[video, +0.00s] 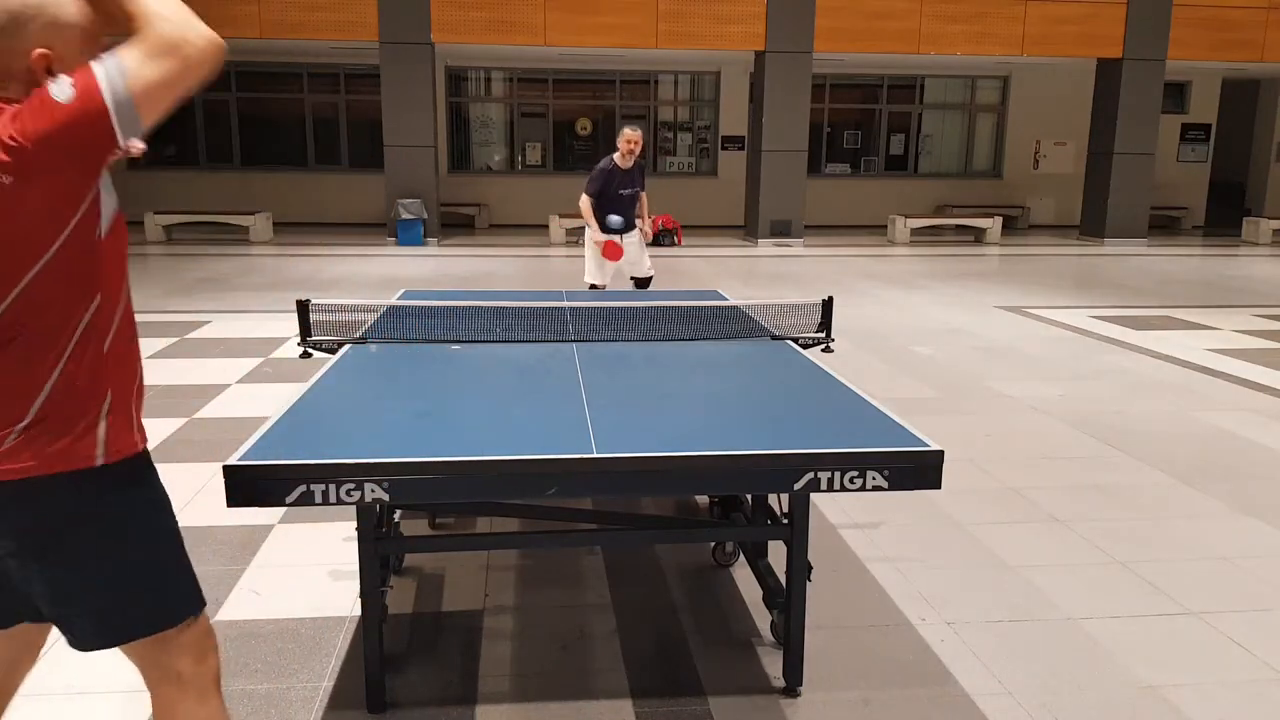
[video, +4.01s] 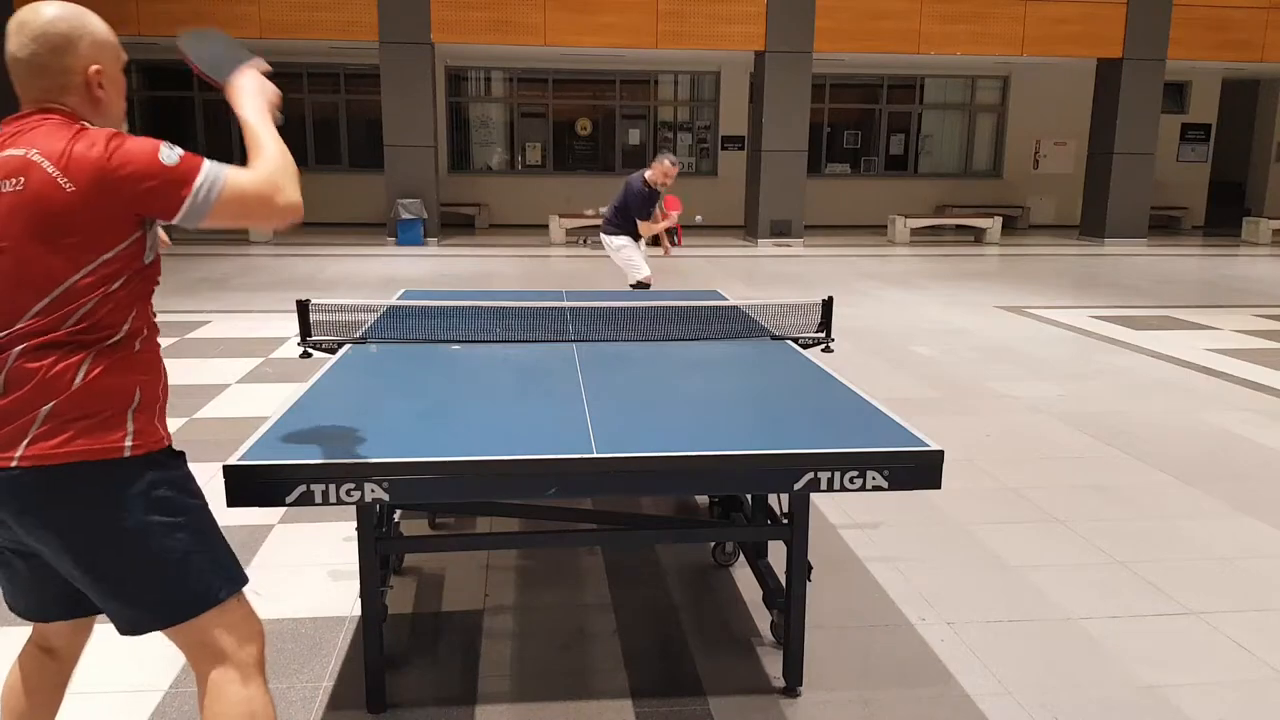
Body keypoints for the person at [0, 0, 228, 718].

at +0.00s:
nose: (100, 65)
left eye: (97, 50)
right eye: (88, 50)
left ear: (27, 65)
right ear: (42, 64)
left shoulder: (21, 130)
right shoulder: (40, 136)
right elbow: (191, 45)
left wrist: (92, 135)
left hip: (17, 461)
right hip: (78, 465)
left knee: (12, 644)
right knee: (185, 661)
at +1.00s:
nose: (313, 161)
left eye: (312, 144)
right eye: (310, 143)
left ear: (206, 133)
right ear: (279, 151)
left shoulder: (131, 194)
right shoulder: (203, 255)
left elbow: (170, 302)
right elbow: (268, 437)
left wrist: (279, 311)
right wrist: (374, 390)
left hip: (39, 496)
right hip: (120, 510)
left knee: (90, 657)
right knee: (297, 662)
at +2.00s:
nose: (116, 96)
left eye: (113, 78)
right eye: (110, 78)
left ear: (9, 89)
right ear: (80, 85)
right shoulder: (99, 163)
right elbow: (264, 131)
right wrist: (182, 36)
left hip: (10, 503)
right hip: (123, 492)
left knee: (59, 666)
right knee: (254, 688)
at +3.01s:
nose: (402, 253)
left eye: (407, 239)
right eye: (404, 239)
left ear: (309, 207)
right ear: (376, 244)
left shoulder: (254, 244)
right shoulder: (267, 334)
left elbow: (339, 348)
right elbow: (241, 528)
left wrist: (393, 339)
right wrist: (376, 532)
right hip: (110, 527)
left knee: (165, 623)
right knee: (303, 668)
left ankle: (69, 713)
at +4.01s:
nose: (125, 87)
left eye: (122, 72)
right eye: (119, 72)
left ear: (26, 82)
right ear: (92, 79)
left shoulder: (3, 152)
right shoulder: (107, 160)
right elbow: (279, 200)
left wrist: (140, 228)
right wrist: (254, 105)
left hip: (13, 464)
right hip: (105, 461)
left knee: (52, 639)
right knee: (230, 652)